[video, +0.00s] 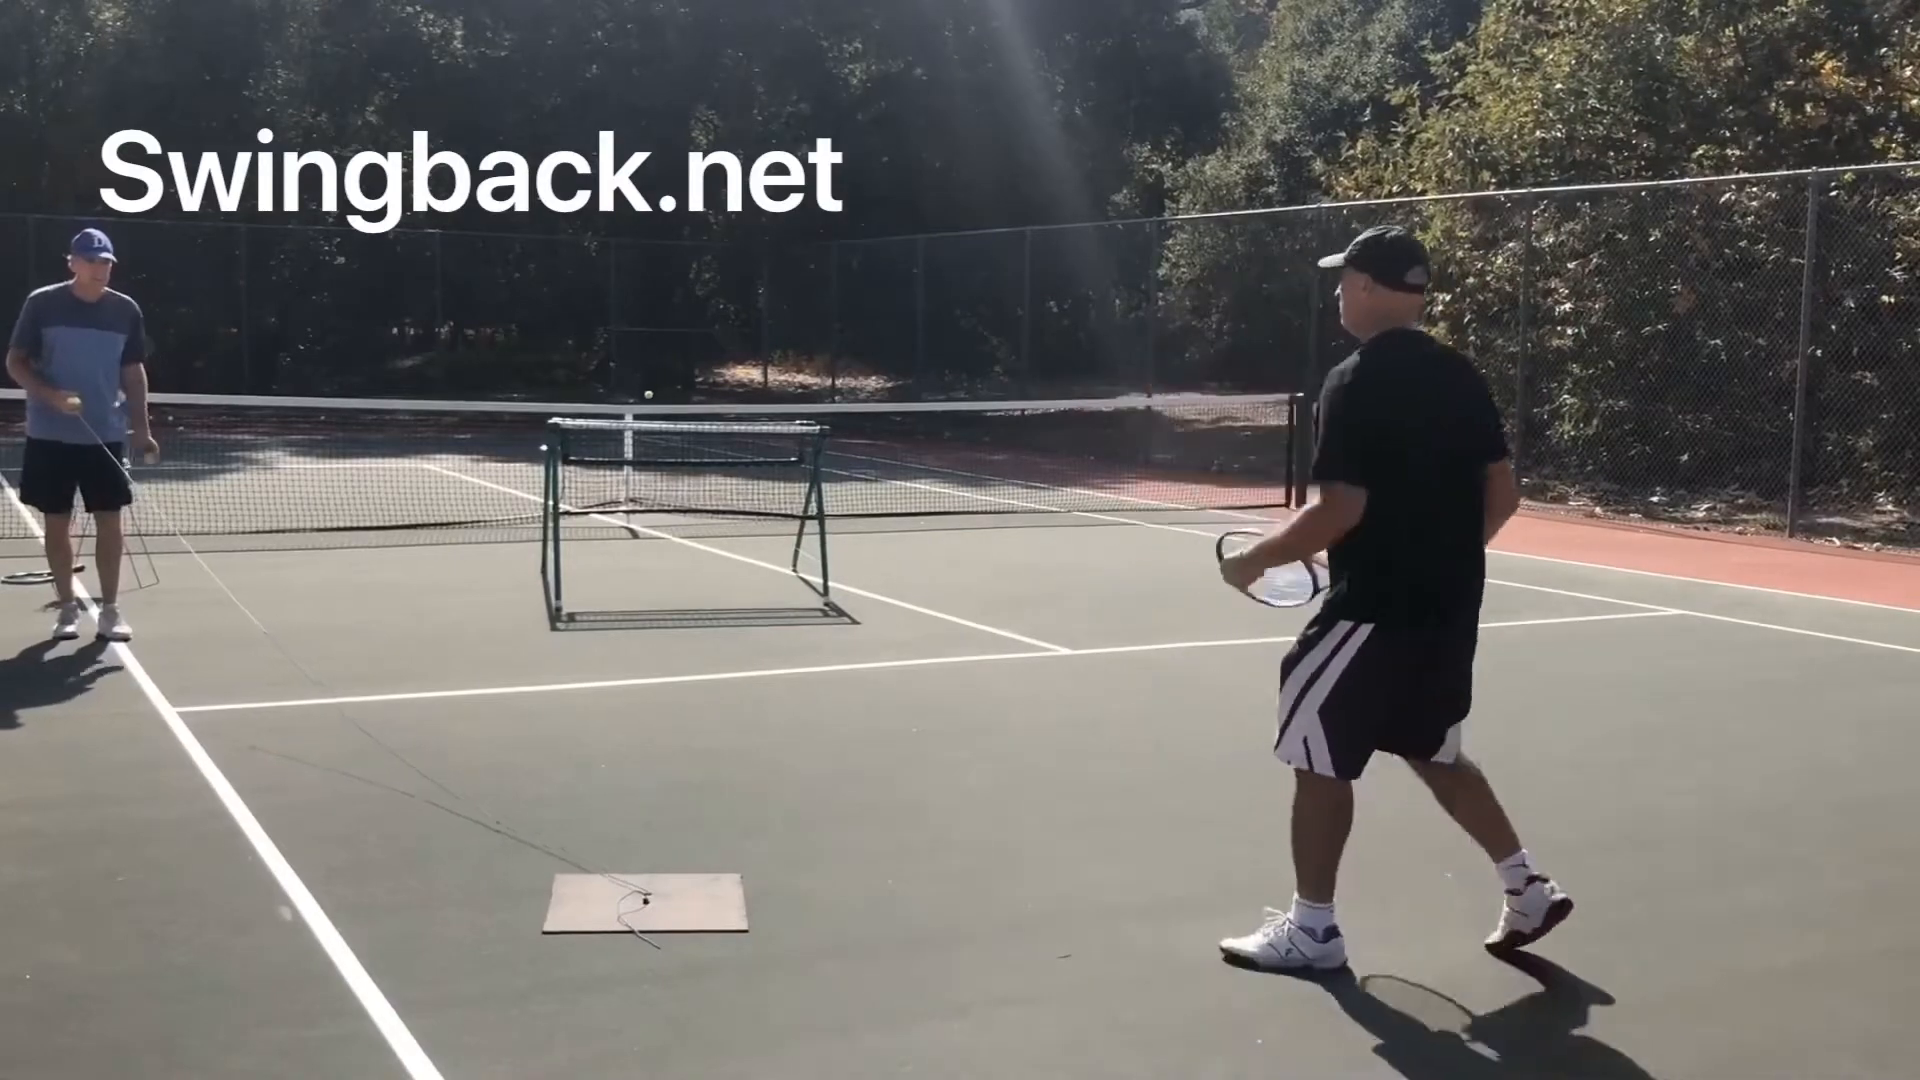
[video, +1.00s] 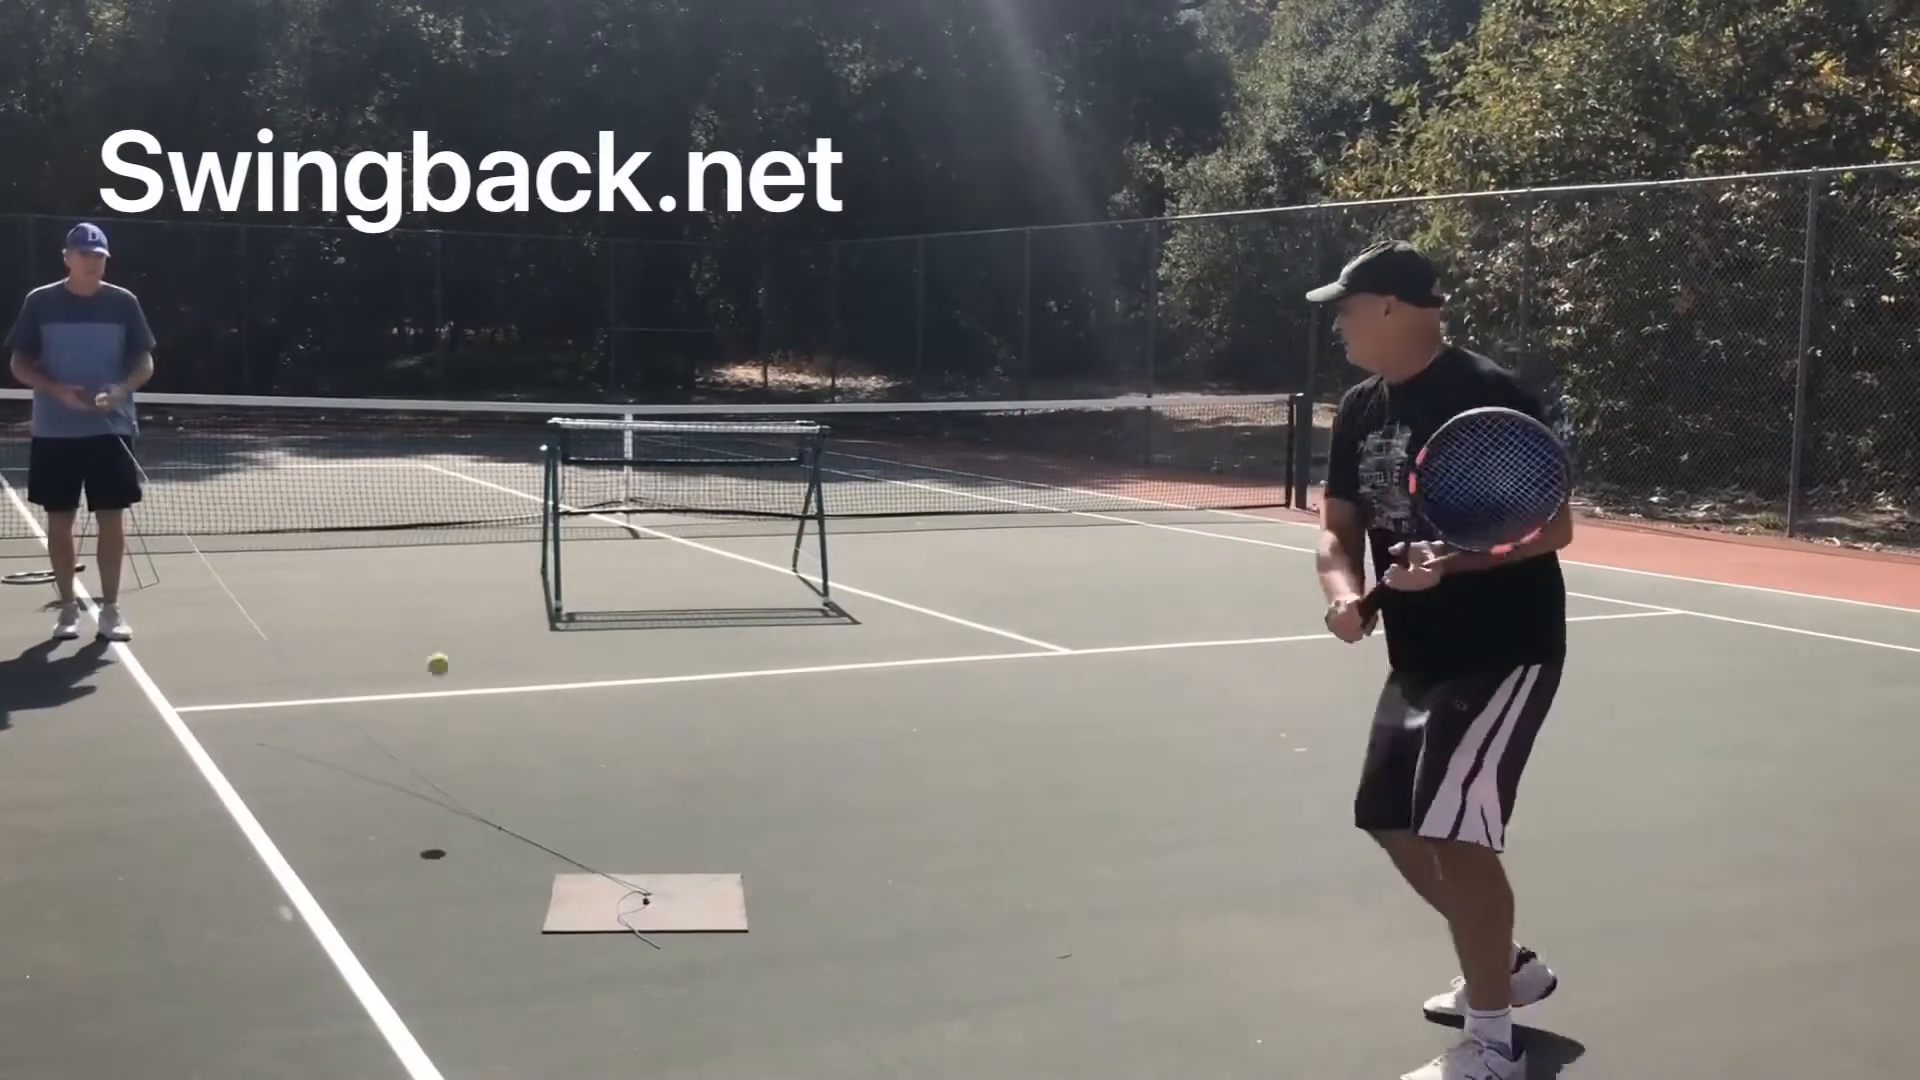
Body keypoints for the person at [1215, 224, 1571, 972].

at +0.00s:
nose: (1339, 296)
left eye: (1346, 284)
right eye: (1343, 283)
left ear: (1371, 289)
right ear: (1415, 294)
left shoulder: (1354, 381)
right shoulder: (1459, 374)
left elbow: (1340, 509)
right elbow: (1501, 494)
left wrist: (1258, 557)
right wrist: (1438, 551)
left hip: (1370, 613)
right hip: (1447, 609)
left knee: (1318, 754)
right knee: (1431, 748)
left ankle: (1312, 927)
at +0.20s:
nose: (1398, 316)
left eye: (1407, 305)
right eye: (1402, 304)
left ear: (1436, 317)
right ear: (1470, 320)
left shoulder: (1438, 409)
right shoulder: (1506, 395)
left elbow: (1426, 542)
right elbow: (1505, 529)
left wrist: (1365, 575)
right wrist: (1422, 580)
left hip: (1488, 634)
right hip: (1549, 629)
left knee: (1383, 741)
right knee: (1527, 782)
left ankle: (1340, 930)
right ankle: (1595, 938)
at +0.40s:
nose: (1426, 299)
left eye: (1436, 287)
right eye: (1430, 286)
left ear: (1477, 297)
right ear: (1492, 299)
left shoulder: (1483, 379)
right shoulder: (1517, 369)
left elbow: (1492, 514)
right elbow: (1517, 509)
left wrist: (1419, 563)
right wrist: (1446, 574)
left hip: (1534, 616)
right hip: (1577, 608)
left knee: (1467, 766)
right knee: (1560, 777)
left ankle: (1564, 968)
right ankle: (1599, 945)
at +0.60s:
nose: (1420, 308)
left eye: (1431, 293)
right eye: (1423, 294)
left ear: (1479, 304)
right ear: (1479, 306)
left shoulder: (1508, 384)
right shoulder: (1478, 384)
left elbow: (1528, 523)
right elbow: (1503, 522)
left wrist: (1432, 584)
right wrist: (1435, 588)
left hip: (1573, 634)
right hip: (1520, 632)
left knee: (1564, 801)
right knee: (1501, 780)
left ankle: (1658, 999)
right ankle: (1571, 927)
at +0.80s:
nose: (1388, 296)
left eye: (1401, 283)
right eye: (1392, 283)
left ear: (1453, 297)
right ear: (1438, 300)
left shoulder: (1510, 379)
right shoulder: (1433, 396)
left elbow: (1556, 512)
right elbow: (1447, 519)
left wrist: (1433, 561)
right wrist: (1395, 586)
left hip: (1554, 630)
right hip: (1486, 630)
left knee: (1507, 804)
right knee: (1462, 794)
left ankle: (1613, 977)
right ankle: (1521, 979)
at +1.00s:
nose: (1338, 325)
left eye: (1350, 310)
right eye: (1340, 312)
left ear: (1400, 312)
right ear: (1385, 316)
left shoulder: (1501, 399)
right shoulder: (1361, 411)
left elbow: (1552, 528)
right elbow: (1338, 533)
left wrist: (1451, 562)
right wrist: (1344, 589)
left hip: (1507, 651)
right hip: (1421, 654)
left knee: (1455, 826)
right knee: (1392, 816)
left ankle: (1492, 1046)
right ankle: (1509, 968)